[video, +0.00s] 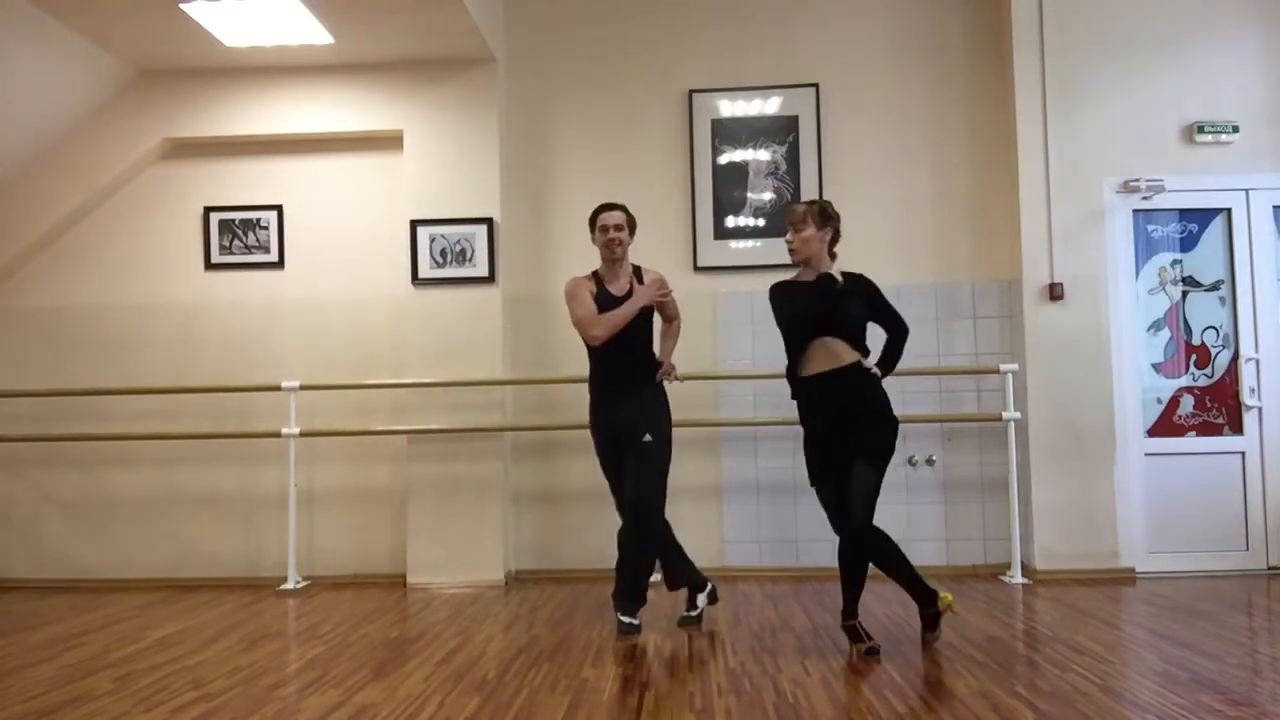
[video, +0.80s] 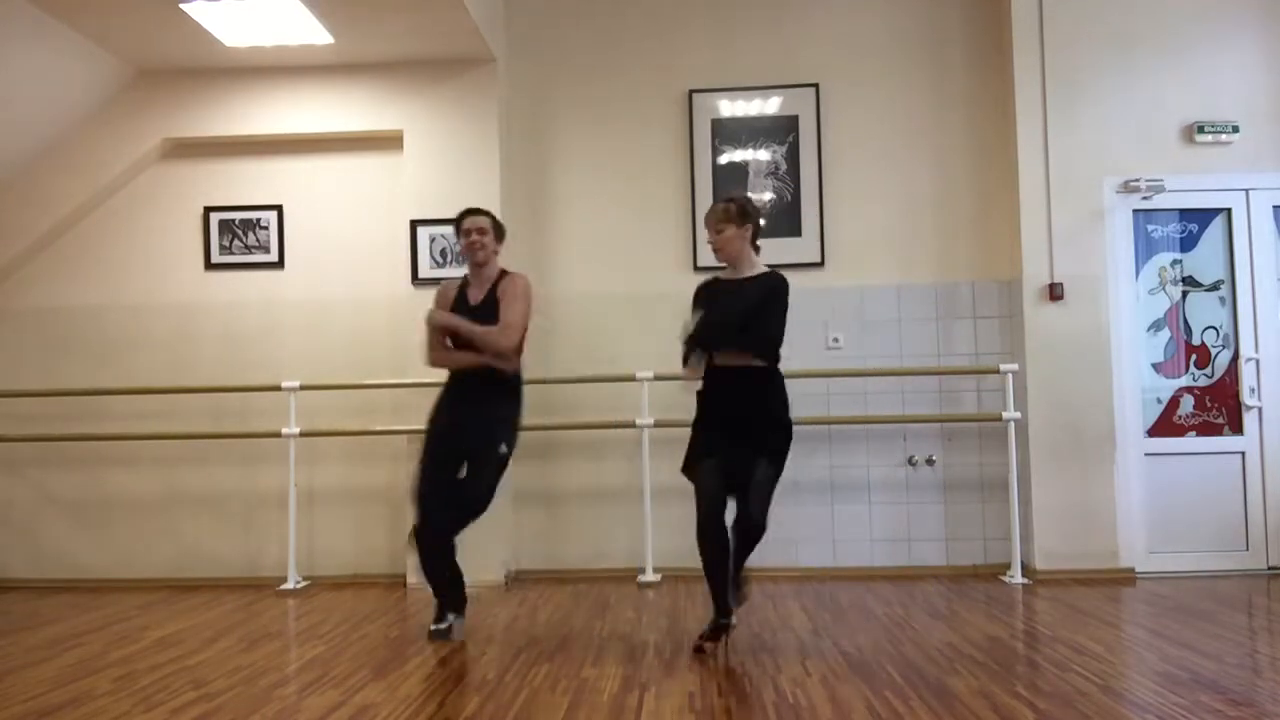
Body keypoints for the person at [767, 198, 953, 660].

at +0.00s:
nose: (789, 236)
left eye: (799, 228)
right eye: (788, 229)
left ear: (828, 235)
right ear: (793, 239)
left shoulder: (857, 286)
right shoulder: (781, 292)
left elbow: (898, 330)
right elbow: (796, 338)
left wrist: (878, 371)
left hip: (865, 404)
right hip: (817, 413)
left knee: (856, 522)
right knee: (849, 528)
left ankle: (850, 617)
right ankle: (928, 600)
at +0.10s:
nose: (782, 236)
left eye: (793, 227)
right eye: (783, 229)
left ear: (822, 235)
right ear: (790, 238)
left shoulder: (851, 285)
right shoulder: (777, 290)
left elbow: (889, 328)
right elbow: (792, 330)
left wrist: (870, 371)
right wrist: (821, 276)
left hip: (857, 399)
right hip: (809, 409)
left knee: (855, 520)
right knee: (849, 526)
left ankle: (851, 617)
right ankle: (923, 597)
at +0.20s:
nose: (776, 236)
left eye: (786, 228)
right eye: (775, 229)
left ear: (814, 232)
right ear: (779, 237)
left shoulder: (845, 282)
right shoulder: (774, 289)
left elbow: (892, 323)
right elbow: (776, 328)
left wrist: (866, 367)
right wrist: (810, 279)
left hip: (848, 398)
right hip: (800, 406)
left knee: (853, 516)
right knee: (828, 520)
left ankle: (851, 617)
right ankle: (891, 584)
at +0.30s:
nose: (770, 237)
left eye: (779, 229)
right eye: (768, 230)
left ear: (806, 233)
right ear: (775, 237)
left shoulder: (840, 283)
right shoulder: (769, 294)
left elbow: (900, 317)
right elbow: (753, 350)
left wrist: (884, 364)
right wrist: (790, 319)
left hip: (845, 406)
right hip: (797, 411)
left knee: (854, 518)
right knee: (797, 516)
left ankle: (851, 617)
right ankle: (833, 574)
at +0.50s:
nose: (744, 224)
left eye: (751, 214)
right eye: (743, 216)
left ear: (780, 216)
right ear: (757, 220)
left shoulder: (811, 263)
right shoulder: (740, 277)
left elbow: (851, 287)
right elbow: (721, 332)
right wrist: (711, 383)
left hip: (811, 393)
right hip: (760, 394)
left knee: (823, 502)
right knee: (734, 499)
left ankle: (845, 606)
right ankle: (711, 605)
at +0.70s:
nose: (716, 242)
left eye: (725, 233)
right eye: (714, 234)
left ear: (752, 235)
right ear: (715, 238)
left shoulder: (775, 288)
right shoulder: (713, 298)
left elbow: (768, 347)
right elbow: (704, 364)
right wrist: (684, 422)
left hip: (771, 410)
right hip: (725, 409)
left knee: (743, 507)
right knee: (712, 502)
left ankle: (707, 595)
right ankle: (721, 607)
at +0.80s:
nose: (713, 242)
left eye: (721, 231)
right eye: (710, 233)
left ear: (748, 230)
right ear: (713, 237)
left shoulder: (774, 284)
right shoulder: (708, 290)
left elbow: (767, 348)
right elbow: (695, 350)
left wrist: (707, 342)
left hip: (763, 406)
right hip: (716, 407)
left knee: (753, 514)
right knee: (708, 512)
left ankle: (735, 565)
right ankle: (722, 611)